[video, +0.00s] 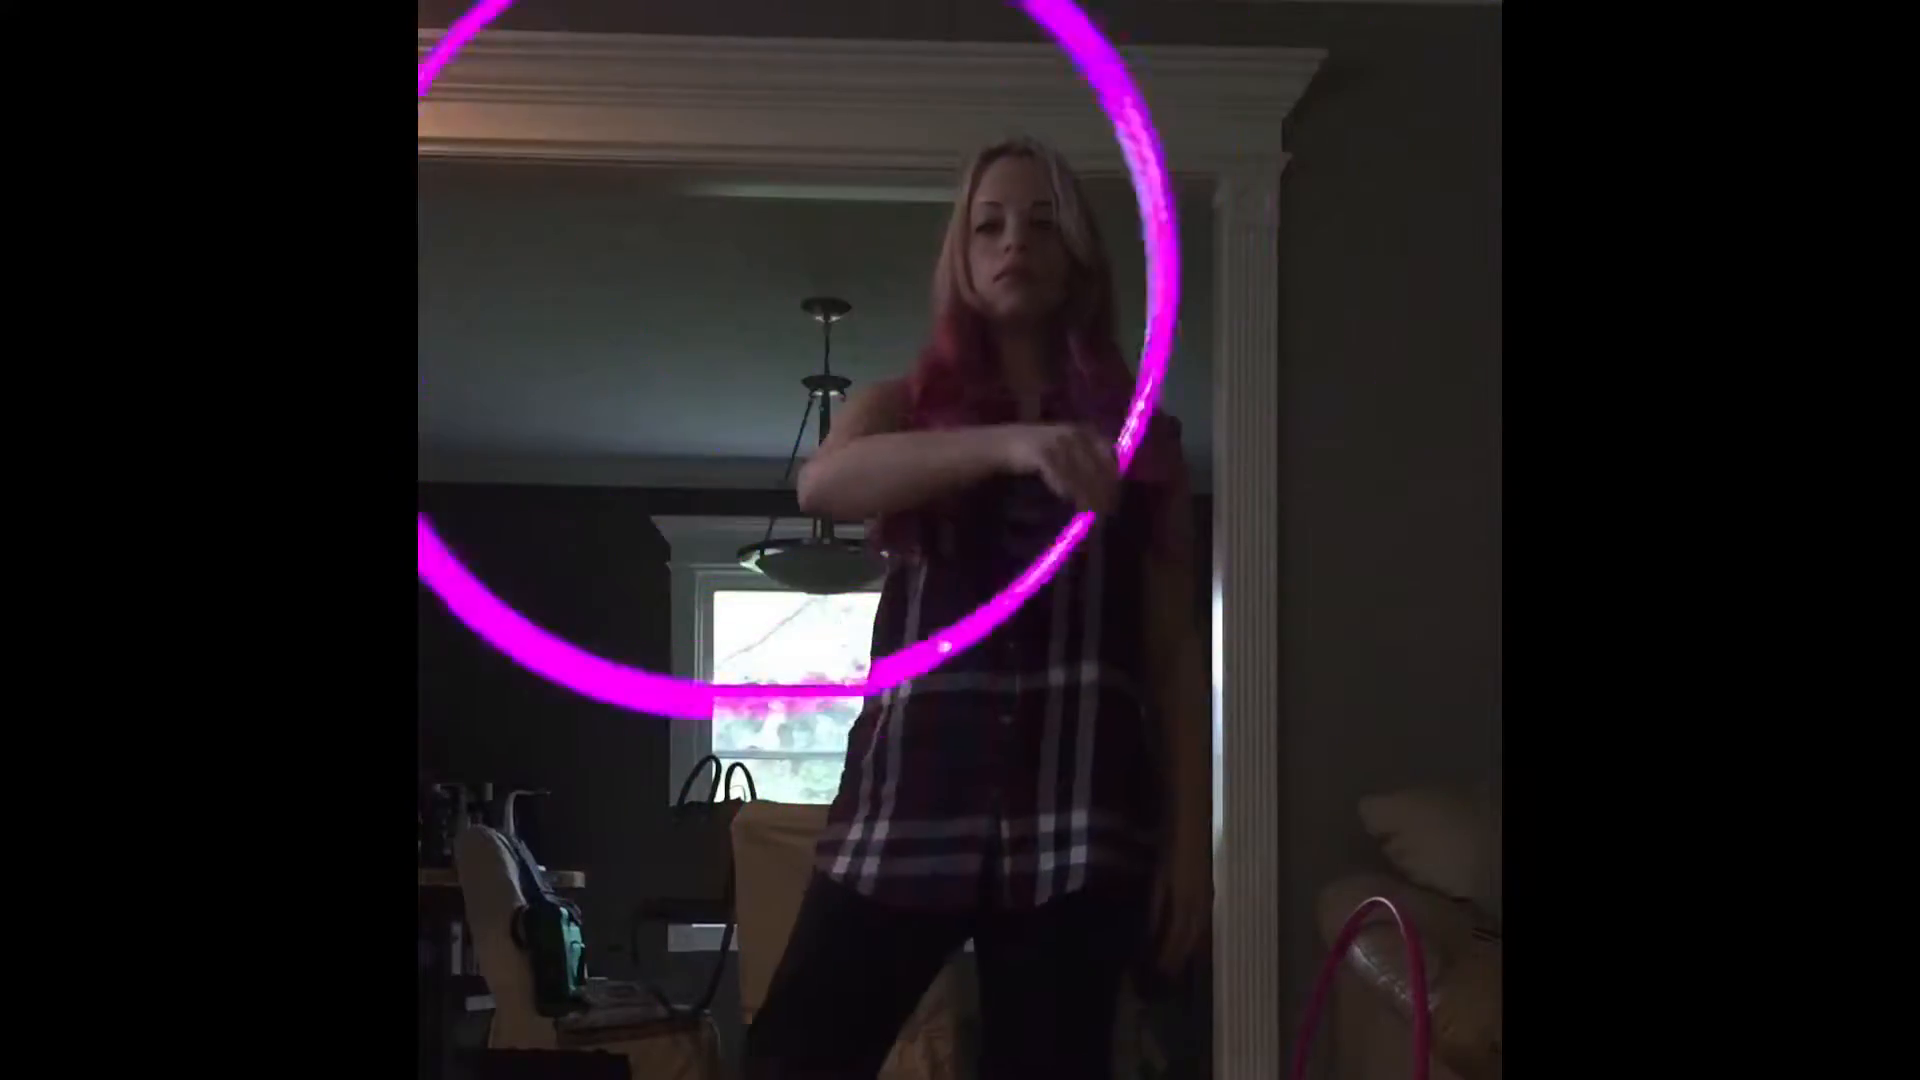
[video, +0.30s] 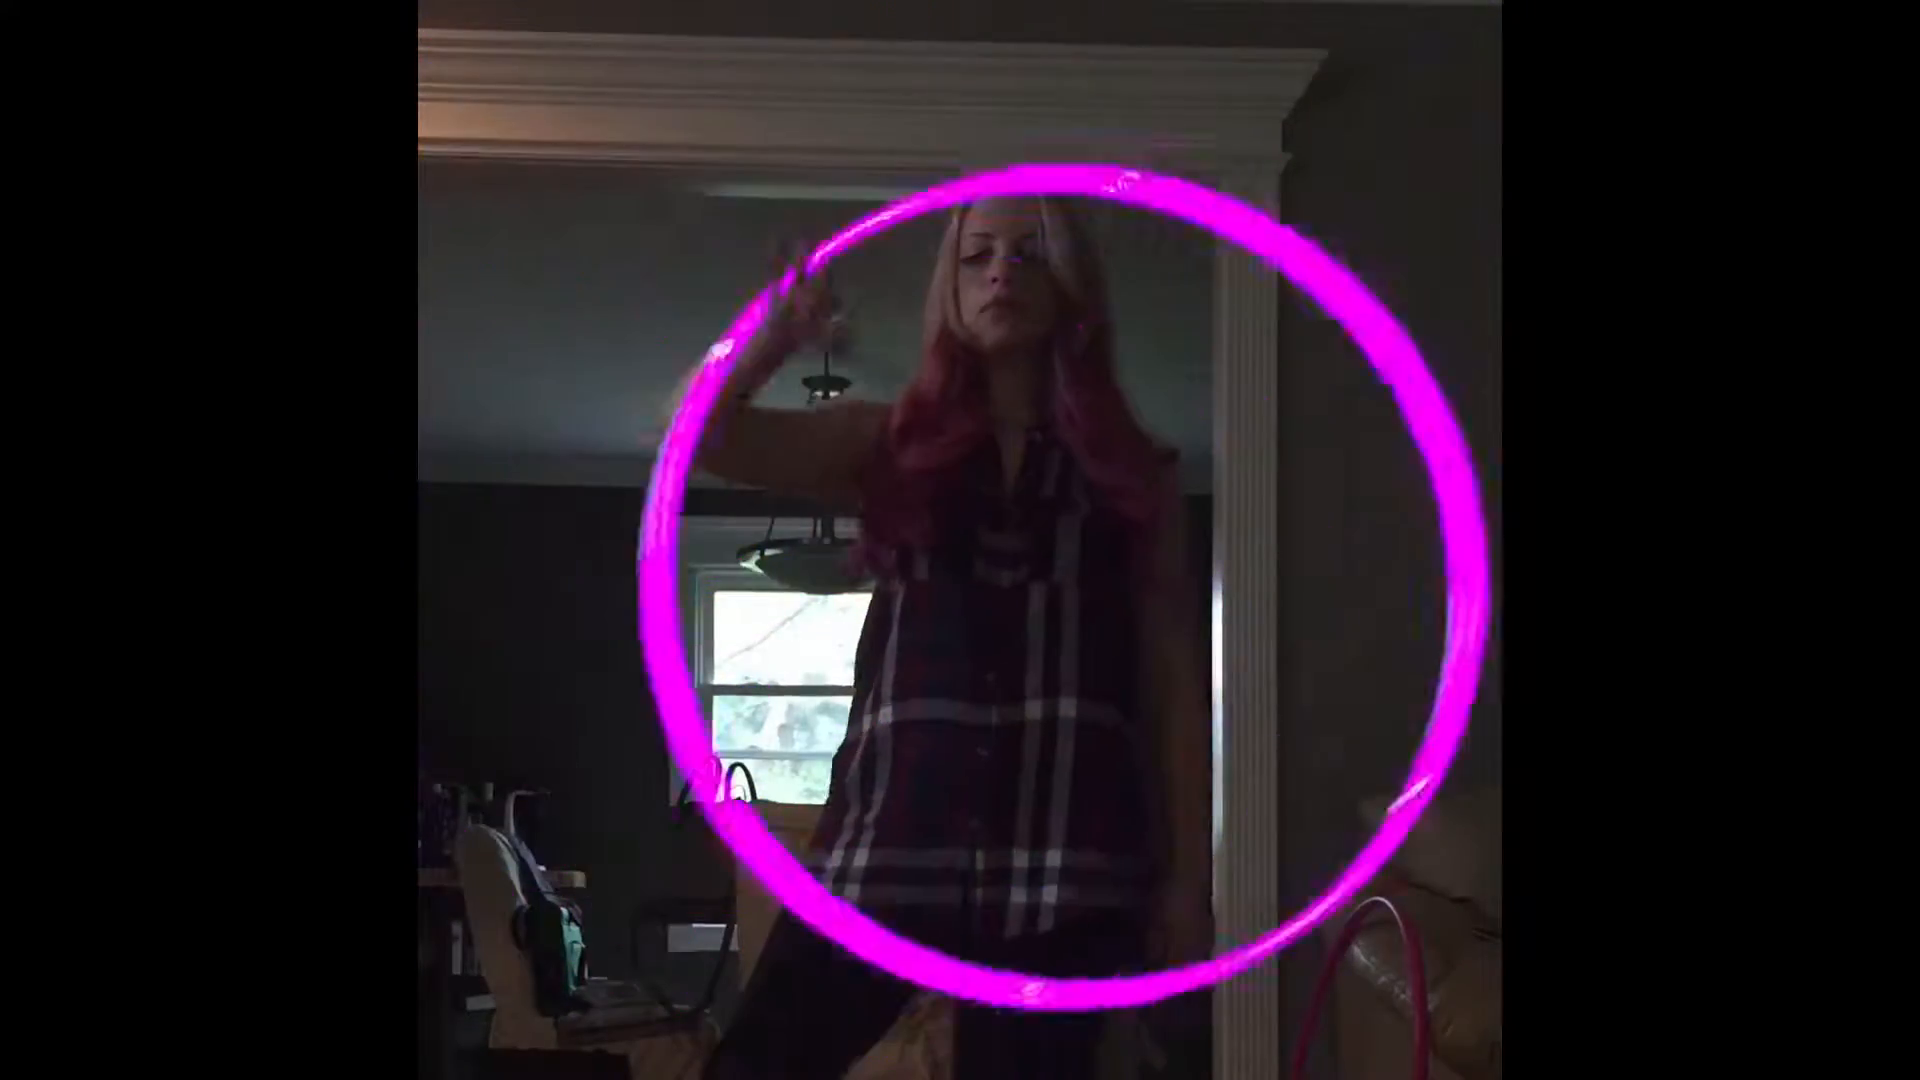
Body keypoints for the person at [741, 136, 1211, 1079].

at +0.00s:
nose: (1014, 240)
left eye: (1041, 220)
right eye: (991, 222)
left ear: (1078, 251)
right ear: (957, 256)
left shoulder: (1141, 432)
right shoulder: (898, 402)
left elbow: (1175, 650)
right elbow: (825, 483)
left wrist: (1190, 846)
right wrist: (1008, 445)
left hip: (1080, 820)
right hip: (909, 811)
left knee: (1052, 1070)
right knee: (794, 1060)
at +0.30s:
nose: (1002, 272)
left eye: (1030, 252)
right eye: (978, 256)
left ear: (1074, 286)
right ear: (947, 291)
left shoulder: (1133, 470)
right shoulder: (894, 439)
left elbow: (1175, 686)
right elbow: (705, 440)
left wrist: (1187, 883)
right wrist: (775, 338)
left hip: (1071, 866)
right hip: (894, 855)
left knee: (1034, 1068)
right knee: (754, 1064)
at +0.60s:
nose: (998, 268)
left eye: (1023, 247)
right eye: (973, 250)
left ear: (1061, 280)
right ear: (941, 282)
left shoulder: (1119, 471)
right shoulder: (879, 441)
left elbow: (1149, 691)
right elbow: (743, 572)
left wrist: (1156, 885)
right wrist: (859, 678)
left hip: (1058, 866)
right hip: (893, 855)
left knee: (1027, 1071)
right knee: (751, 1069)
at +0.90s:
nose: (999, 274)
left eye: (1022, 254)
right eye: (973, 259)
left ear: (1061, 285)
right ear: (943, 293)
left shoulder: (1117, 453)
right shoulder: (881, 435)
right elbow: (890, 581)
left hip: (1071, 841)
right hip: (904, 833)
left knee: (1031, 1069)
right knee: (757, 1065)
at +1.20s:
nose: (971, 287)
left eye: (997, 264)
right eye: (950, 274)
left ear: (1052, 284)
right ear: (934, 310)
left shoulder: (1140, 432)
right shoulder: (929, 449)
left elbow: (1051, 516)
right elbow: (824, 603)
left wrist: (922, 362)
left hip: (1067, 873)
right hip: (913, 864)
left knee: (979, 1064)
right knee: (817, 1062)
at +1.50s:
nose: (943, 298)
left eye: (961, 280)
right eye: (942, 280)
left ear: (1019, 290)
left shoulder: (1053, 415)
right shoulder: (1041, 412)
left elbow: (912, 572)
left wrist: (743, 715)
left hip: (1045, 842)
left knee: (977, 1053)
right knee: (990, 1051)